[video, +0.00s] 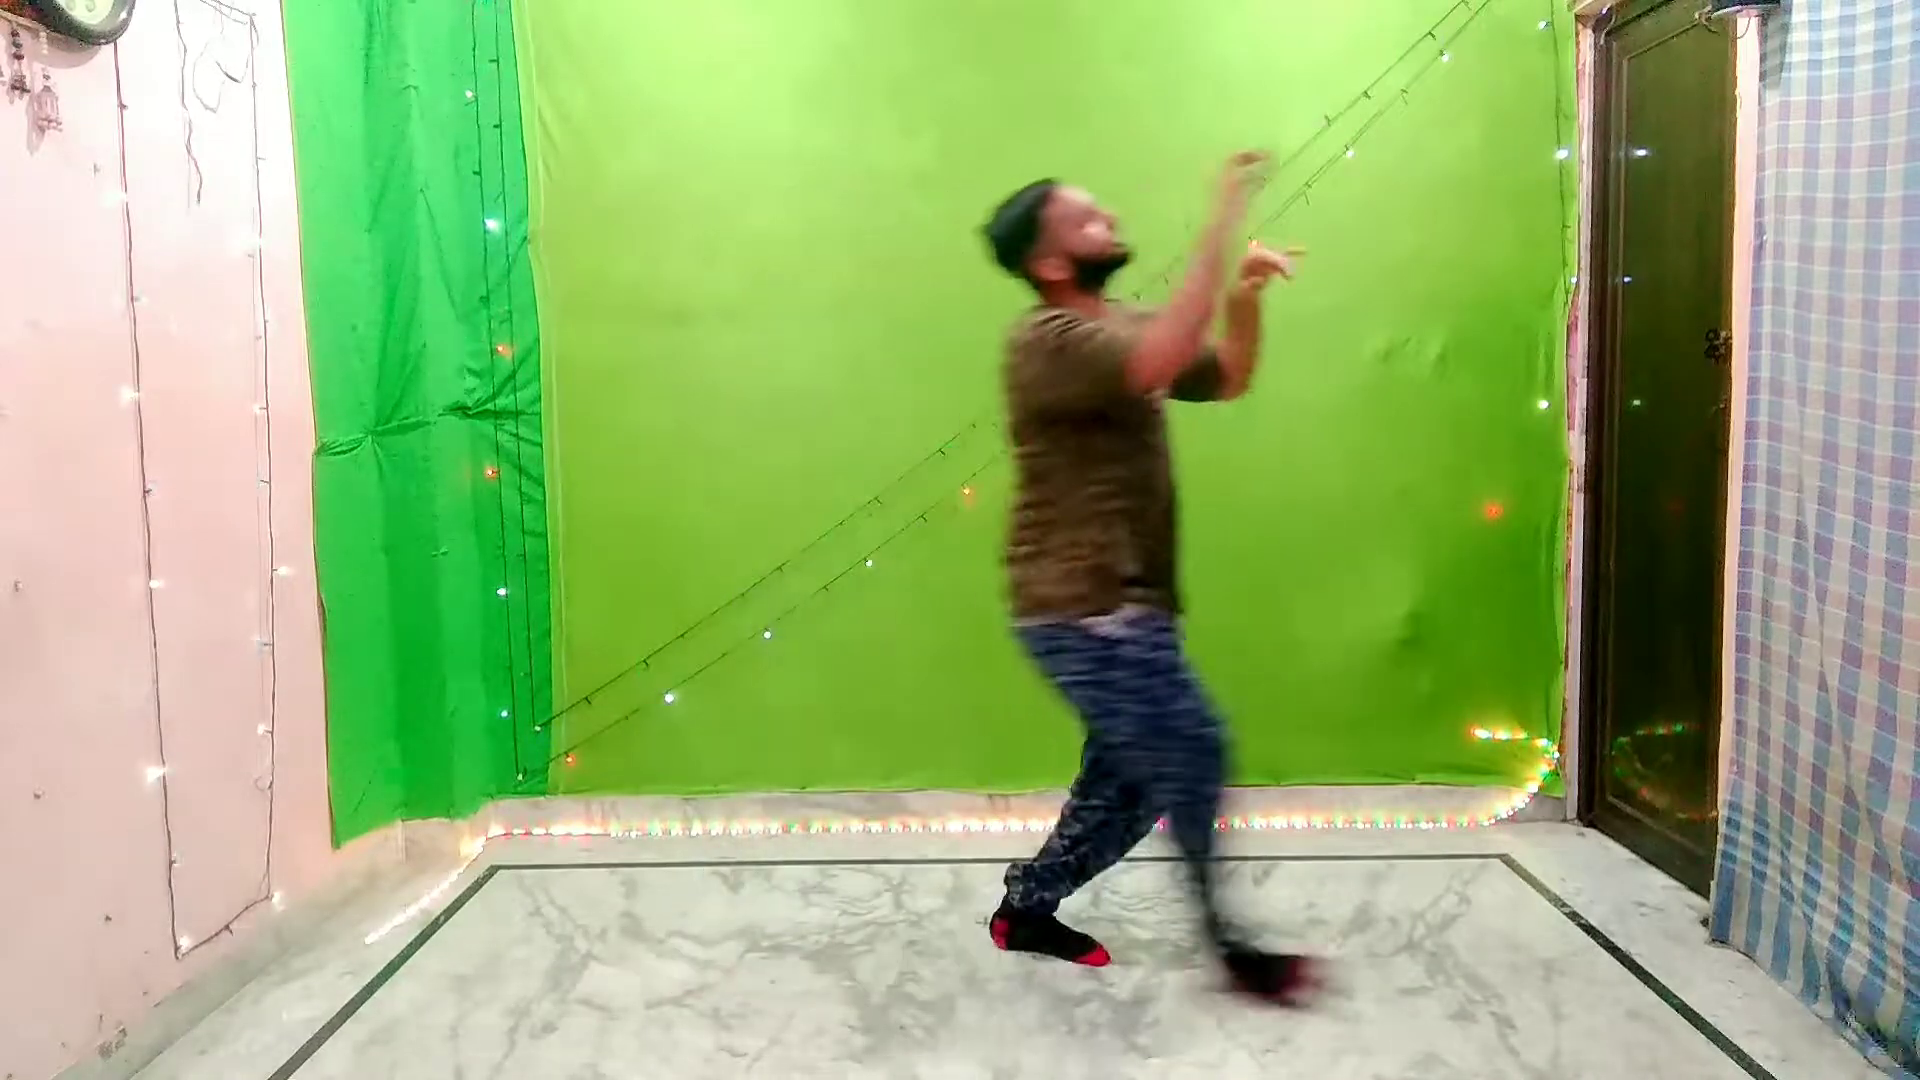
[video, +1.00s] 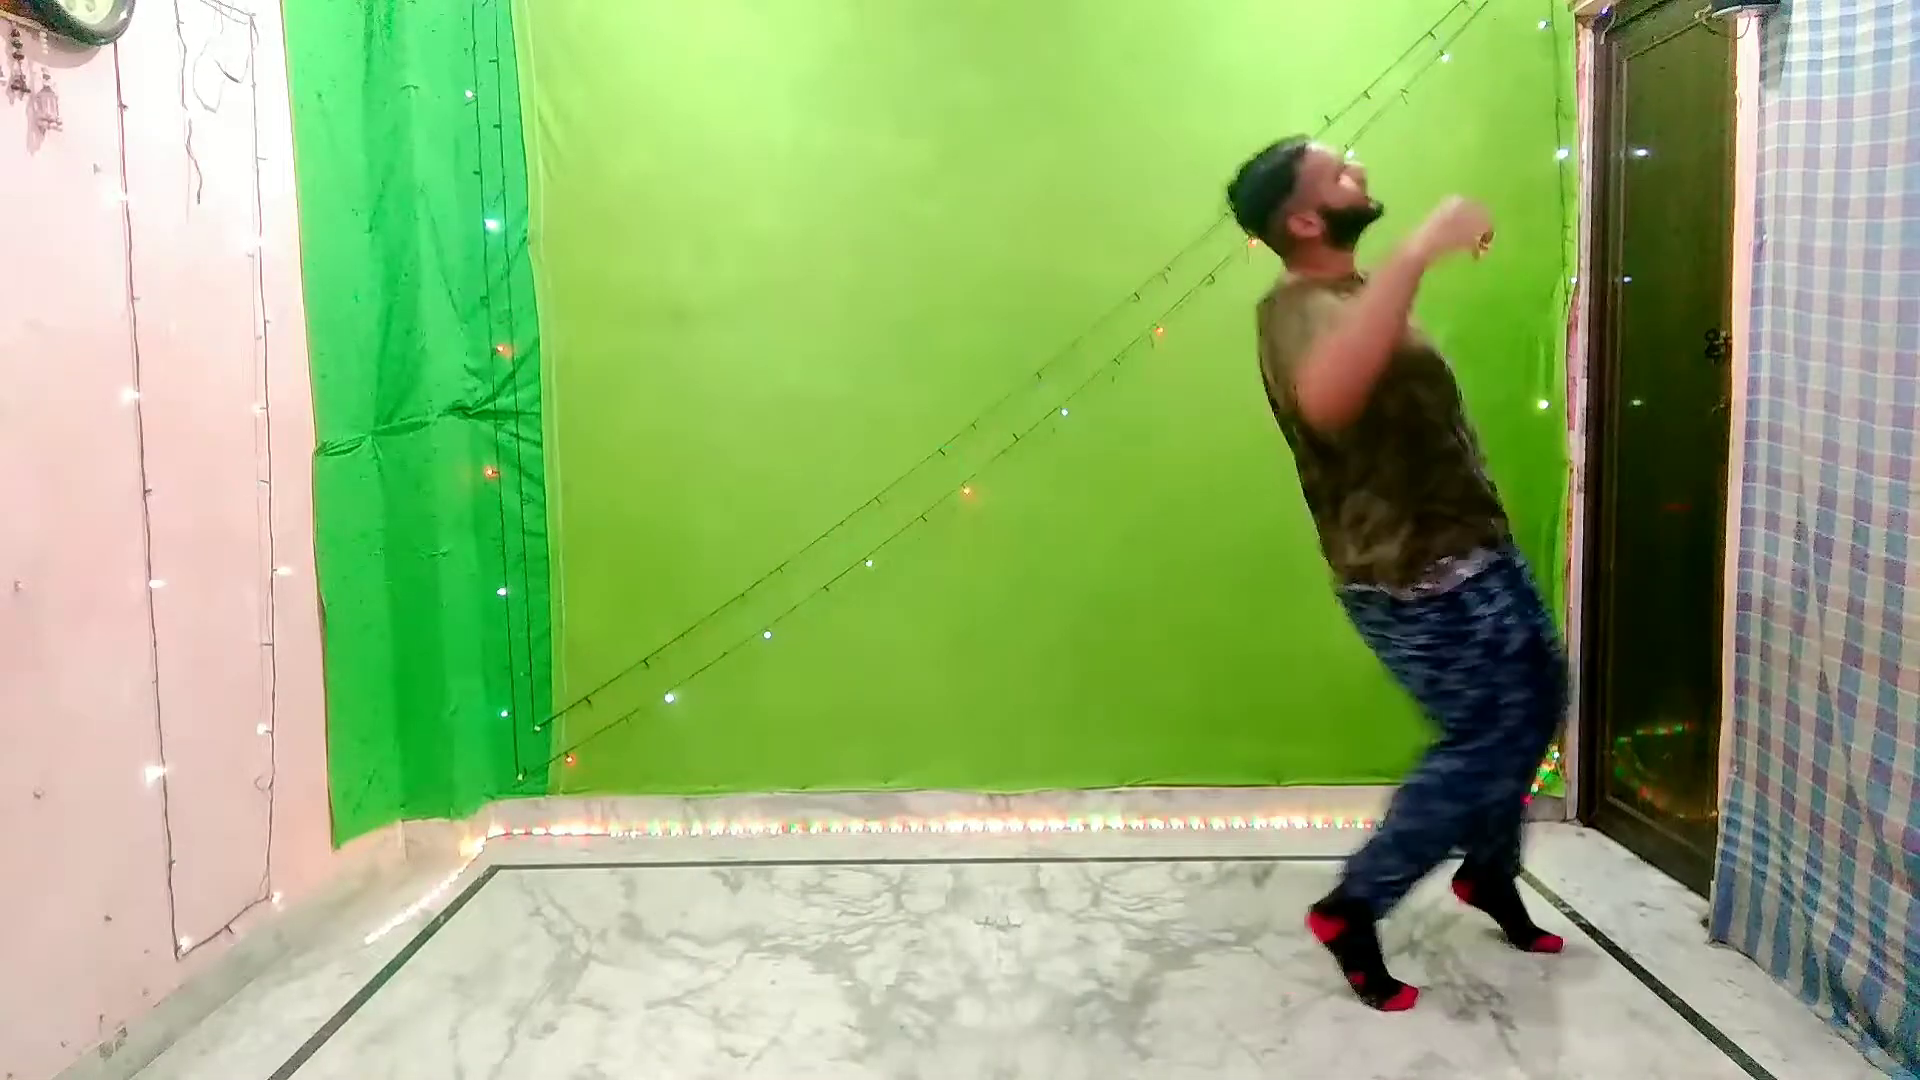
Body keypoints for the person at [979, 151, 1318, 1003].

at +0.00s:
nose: (1105, 219)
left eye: (1095, 208)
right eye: (1083, 216)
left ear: (1064, 258)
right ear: (1048, 260)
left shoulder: (1122, 326)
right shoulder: (1049, 341)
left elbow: (1225, 377)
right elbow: (1158, 358)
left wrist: (1245, 296)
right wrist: (1222, 224)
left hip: (1130, 604)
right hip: (1080, 610)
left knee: (1133, 774)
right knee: (1190, 745)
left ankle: (1030, 908)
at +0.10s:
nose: (1142, 209)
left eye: (1131, 198)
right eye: (1120, 206)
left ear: (1101, 247)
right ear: (1086, 248)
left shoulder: (1138, 329)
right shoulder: (1093, 332)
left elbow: (1250, 381)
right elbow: (1216, 326)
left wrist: (1265, 292)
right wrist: (1297, 193)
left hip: (1163, 606)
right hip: (1131, 611)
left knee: (1156, 773)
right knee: (1246, 750)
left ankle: (1038, 895)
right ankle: (1304, 948)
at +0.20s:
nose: (1195, 204)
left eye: (1183, 195)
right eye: (1174, 201)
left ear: (1140, 245)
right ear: (1140, 240)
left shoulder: (1176, 320)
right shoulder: (1170, 302)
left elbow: (1278, 421)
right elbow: (1310, 222)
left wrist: (1272, 312)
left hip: (1195, 604)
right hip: (1202, 603)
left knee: (1267, 765)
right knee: (1313, 765)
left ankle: (1141, 860)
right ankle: (1309, 952)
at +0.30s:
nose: (1229, 201)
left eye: (1215, 190)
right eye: (1208, 197)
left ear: (1173, 243)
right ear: (1174, 236)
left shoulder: (1210, 309)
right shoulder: (1197, 297)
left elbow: (1308, 410)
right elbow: (1345, 206)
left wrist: (1298, 300)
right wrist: (1477, 107)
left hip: (1258, 589)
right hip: (1215, 603)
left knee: (1364, 703)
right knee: (1332, 755)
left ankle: (1276, 858)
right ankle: (1310, 950)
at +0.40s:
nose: (1252, 193)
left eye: (1238, 183)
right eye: (1230, 190)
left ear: (1194, 235)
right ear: (1193, 230)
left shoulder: (1235, 306)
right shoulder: (1211, 294)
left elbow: (1329, 398)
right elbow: (1365, 201)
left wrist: (1326, 290)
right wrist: (1498, 101)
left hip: (1294, 584)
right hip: (1236, 597)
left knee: (1402, 700)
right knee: (1339, 755)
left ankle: (1396, 891)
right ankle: (1312, 952)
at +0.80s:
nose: (1308, 199)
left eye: (1296, 188)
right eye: (1289, 196)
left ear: (1259, 241)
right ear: (1258, 240)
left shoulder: (1306, 304)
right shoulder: (1251, 315)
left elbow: (1395, 321)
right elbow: (1377, 281)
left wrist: (1452, 268)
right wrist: (1481, 181)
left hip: (1426, 569)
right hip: (1363, 589)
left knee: (1479, 726)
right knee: (1411, 748)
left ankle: (1469, 911)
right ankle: (1313, 947)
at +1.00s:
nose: (1349, 160)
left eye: (1334, 152)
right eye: (1327, 161)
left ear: (1309, 223)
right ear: (1300, 219)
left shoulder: (1351, 296)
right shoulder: (1298, 306)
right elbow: (1327, 397)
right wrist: (1414, 254)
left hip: (1471, 553)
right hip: (1411, 574)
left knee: (1538, 698)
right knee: (1492, 727)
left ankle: (1489, 869)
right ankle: (1353, 907)